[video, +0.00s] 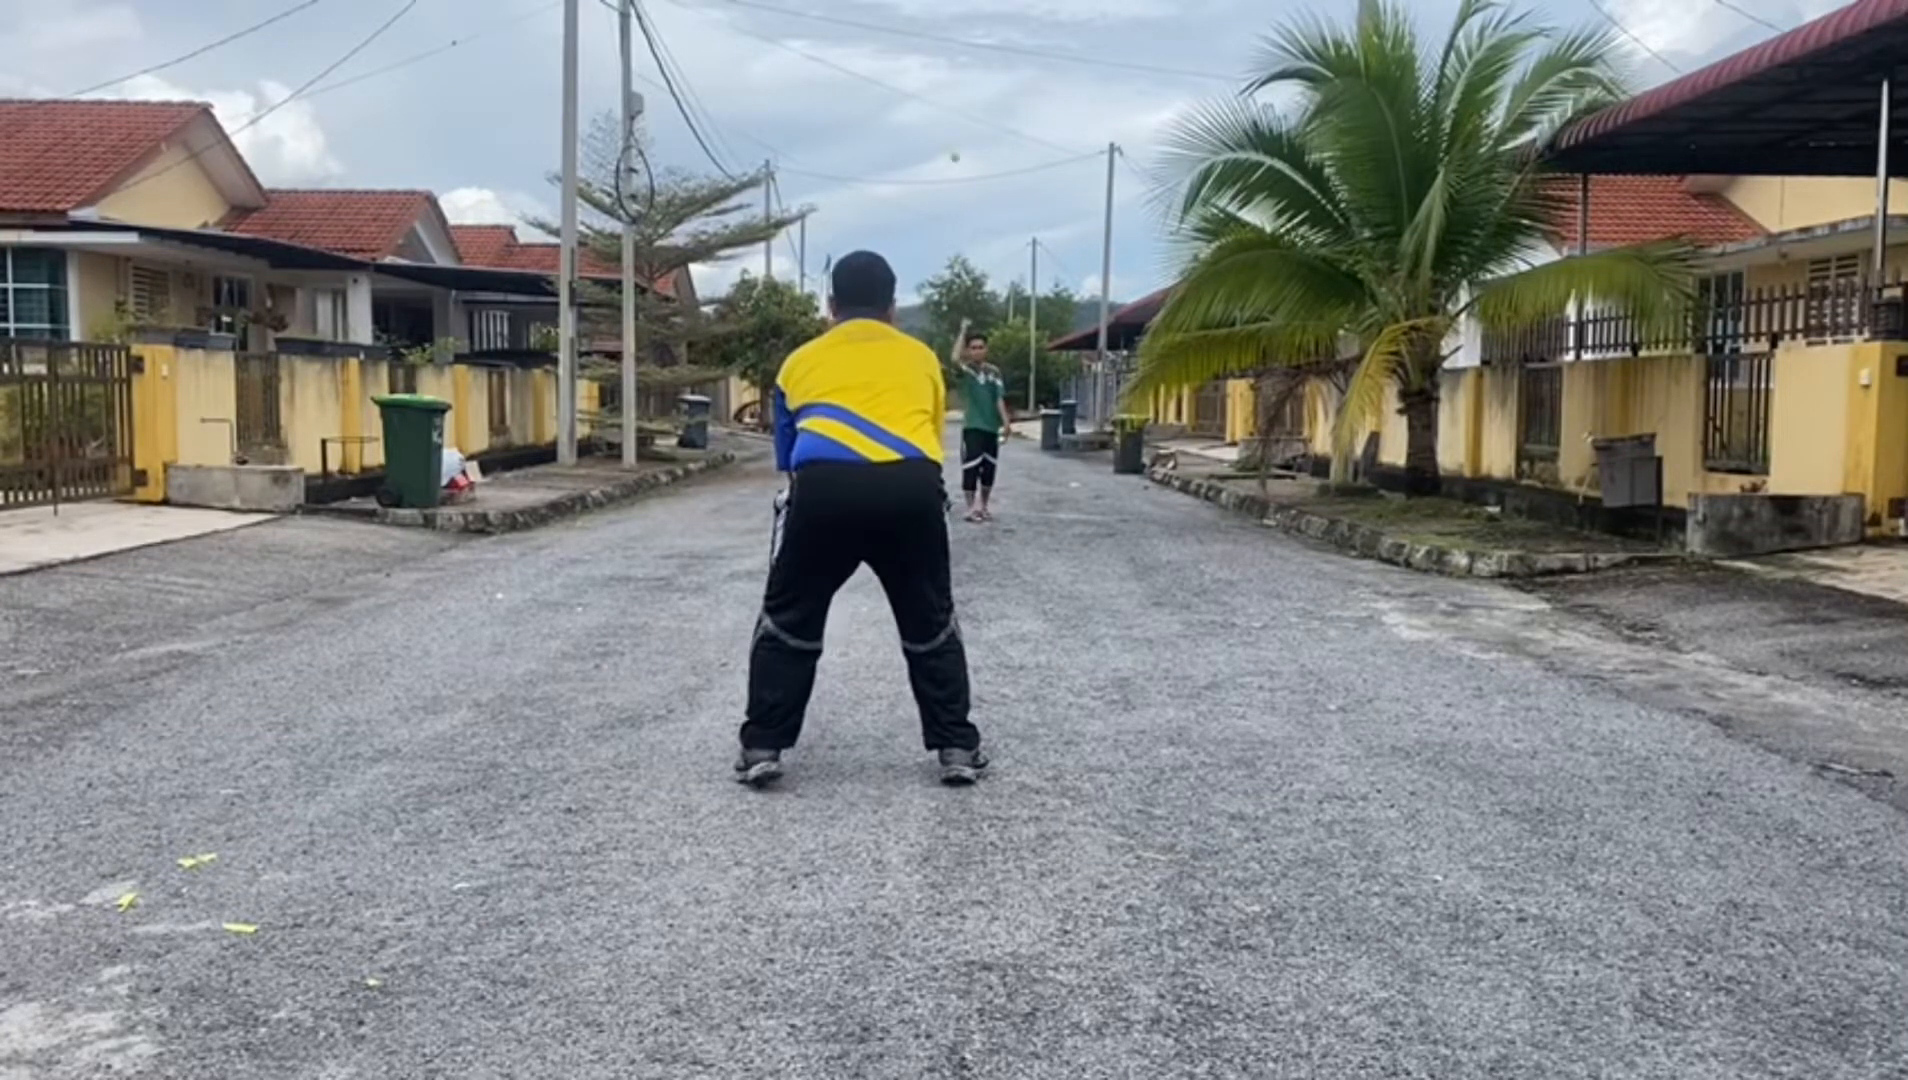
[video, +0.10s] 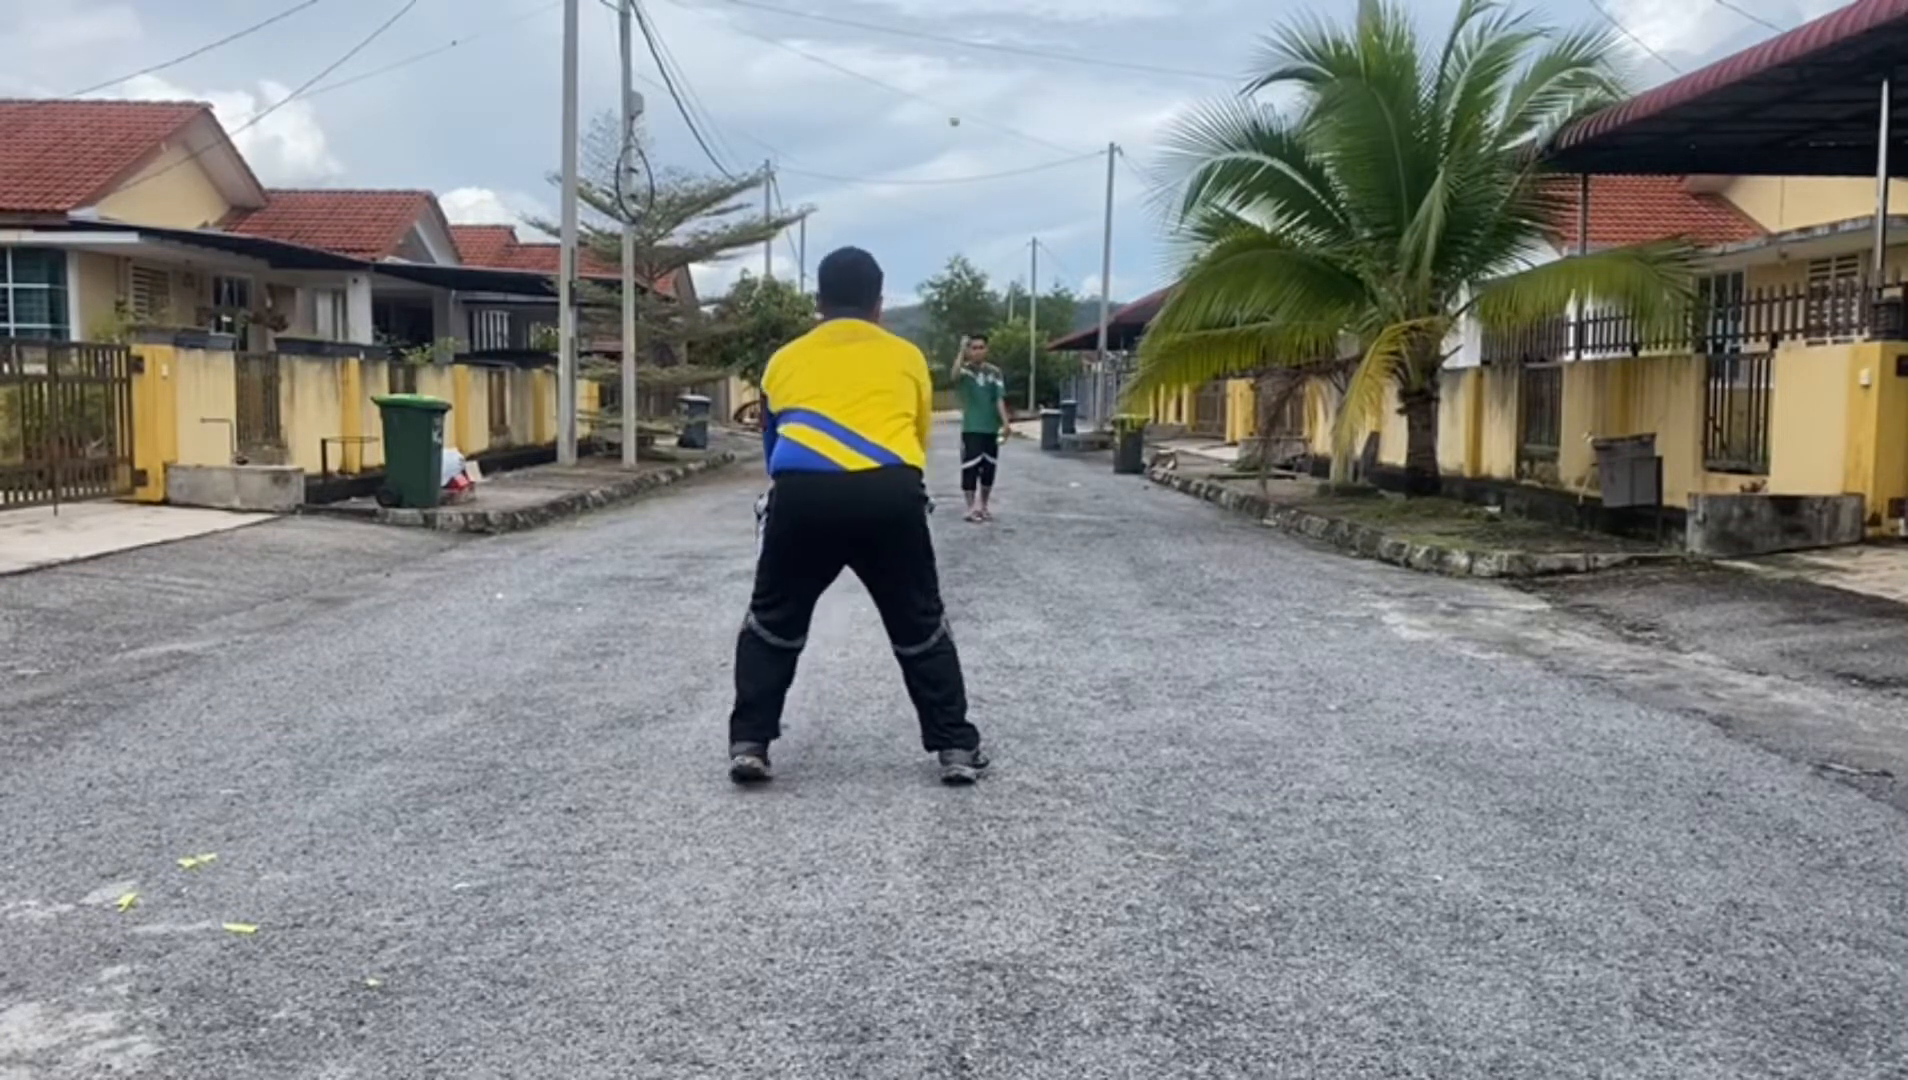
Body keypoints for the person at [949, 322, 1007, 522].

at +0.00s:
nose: (977, 351)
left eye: (981, 347)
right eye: (973, 348)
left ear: (986, 350)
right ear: (967, 351)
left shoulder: (993, 372)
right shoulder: (965, 372)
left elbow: (999, 400)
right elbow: (955, 358)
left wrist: (1005, 422)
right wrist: (962, 334)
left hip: (992, 426)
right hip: (973, 425)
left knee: (989, 468)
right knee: (971, 467)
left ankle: (984, 506)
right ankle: (971, 507)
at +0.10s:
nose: (978, 352)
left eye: (981, 348)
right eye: (974, 348)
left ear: (987, 350)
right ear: (968, 352)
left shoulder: (994, 372)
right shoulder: (965, 371)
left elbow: (999, 400)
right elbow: (955, 376)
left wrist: (1005, 422)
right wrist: (961, 353)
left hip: (990, 427)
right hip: (971, 426)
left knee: (988, 469)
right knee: (970, 468)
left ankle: (984, 506)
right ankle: (970, 507)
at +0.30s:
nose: (979, 352)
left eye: (982, 348)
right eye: (975, 348)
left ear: (988, 351)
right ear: (968, 351)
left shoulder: (995, 373)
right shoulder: (961, 373)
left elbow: (999, 401)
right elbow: (958, 397)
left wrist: (1002, 424)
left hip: (990, 429)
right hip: (969, 429)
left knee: (988, 470)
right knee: (970, 470)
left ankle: (983, 506)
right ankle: (971, 507)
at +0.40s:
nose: (979, 353)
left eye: (983, 348)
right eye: (975, 348)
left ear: (988, 351)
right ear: (969, 352)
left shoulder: (995, 373)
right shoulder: (962, 374)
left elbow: (1000, 402)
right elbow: (958, 404)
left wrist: (1002, 425)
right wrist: (956, 430)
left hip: (990, 430)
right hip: (970, 430)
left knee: (988, 471)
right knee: (970, 471)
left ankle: (983, 506)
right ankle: (970, 507)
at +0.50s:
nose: (979, 354)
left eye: (982, 350)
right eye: (975, 350)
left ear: (988, 352)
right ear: (969, 353)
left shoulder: (996, 373)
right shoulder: (961, 374)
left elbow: (1001, 401)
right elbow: (958, 400)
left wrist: (1005, 424)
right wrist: (957, 421)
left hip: (992, 428)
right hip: (971, 429)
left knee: (989, 470)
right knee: (971, 469)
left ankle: (983, 506)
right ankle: (971, 507)